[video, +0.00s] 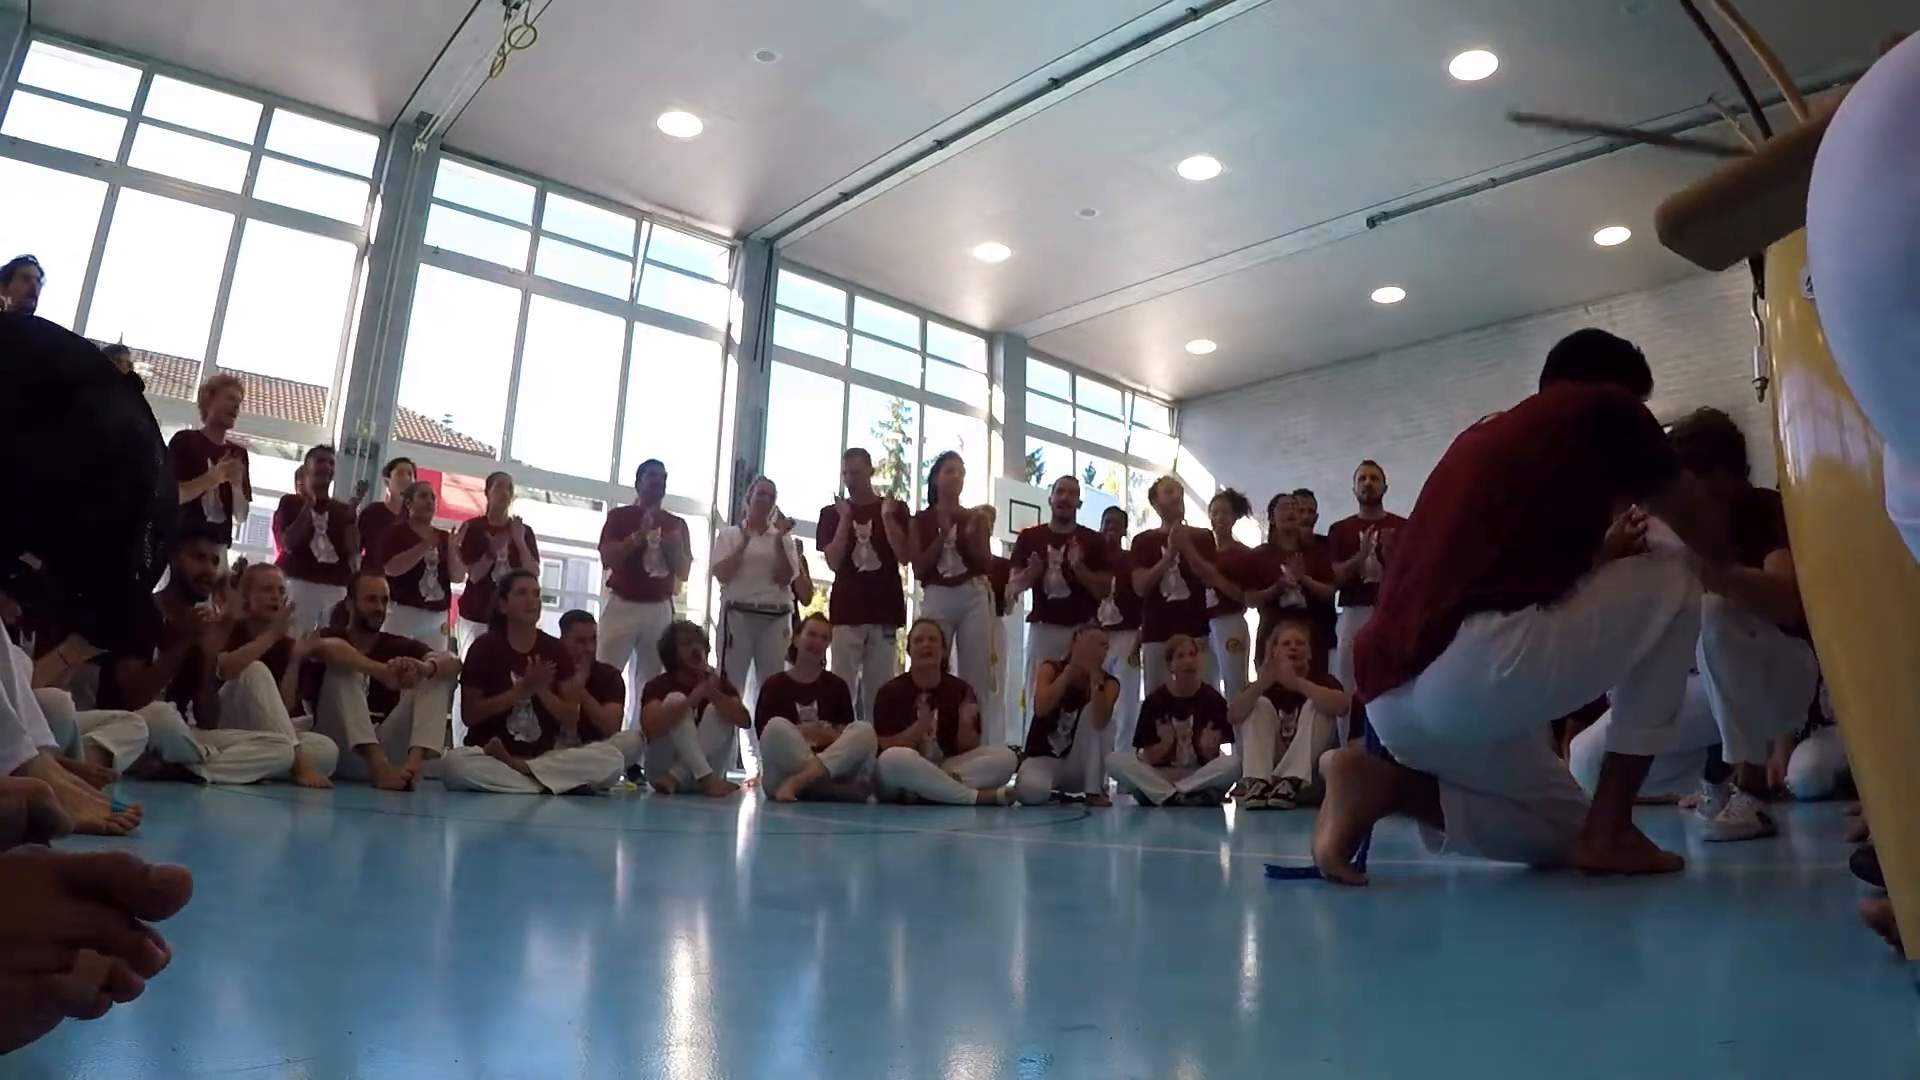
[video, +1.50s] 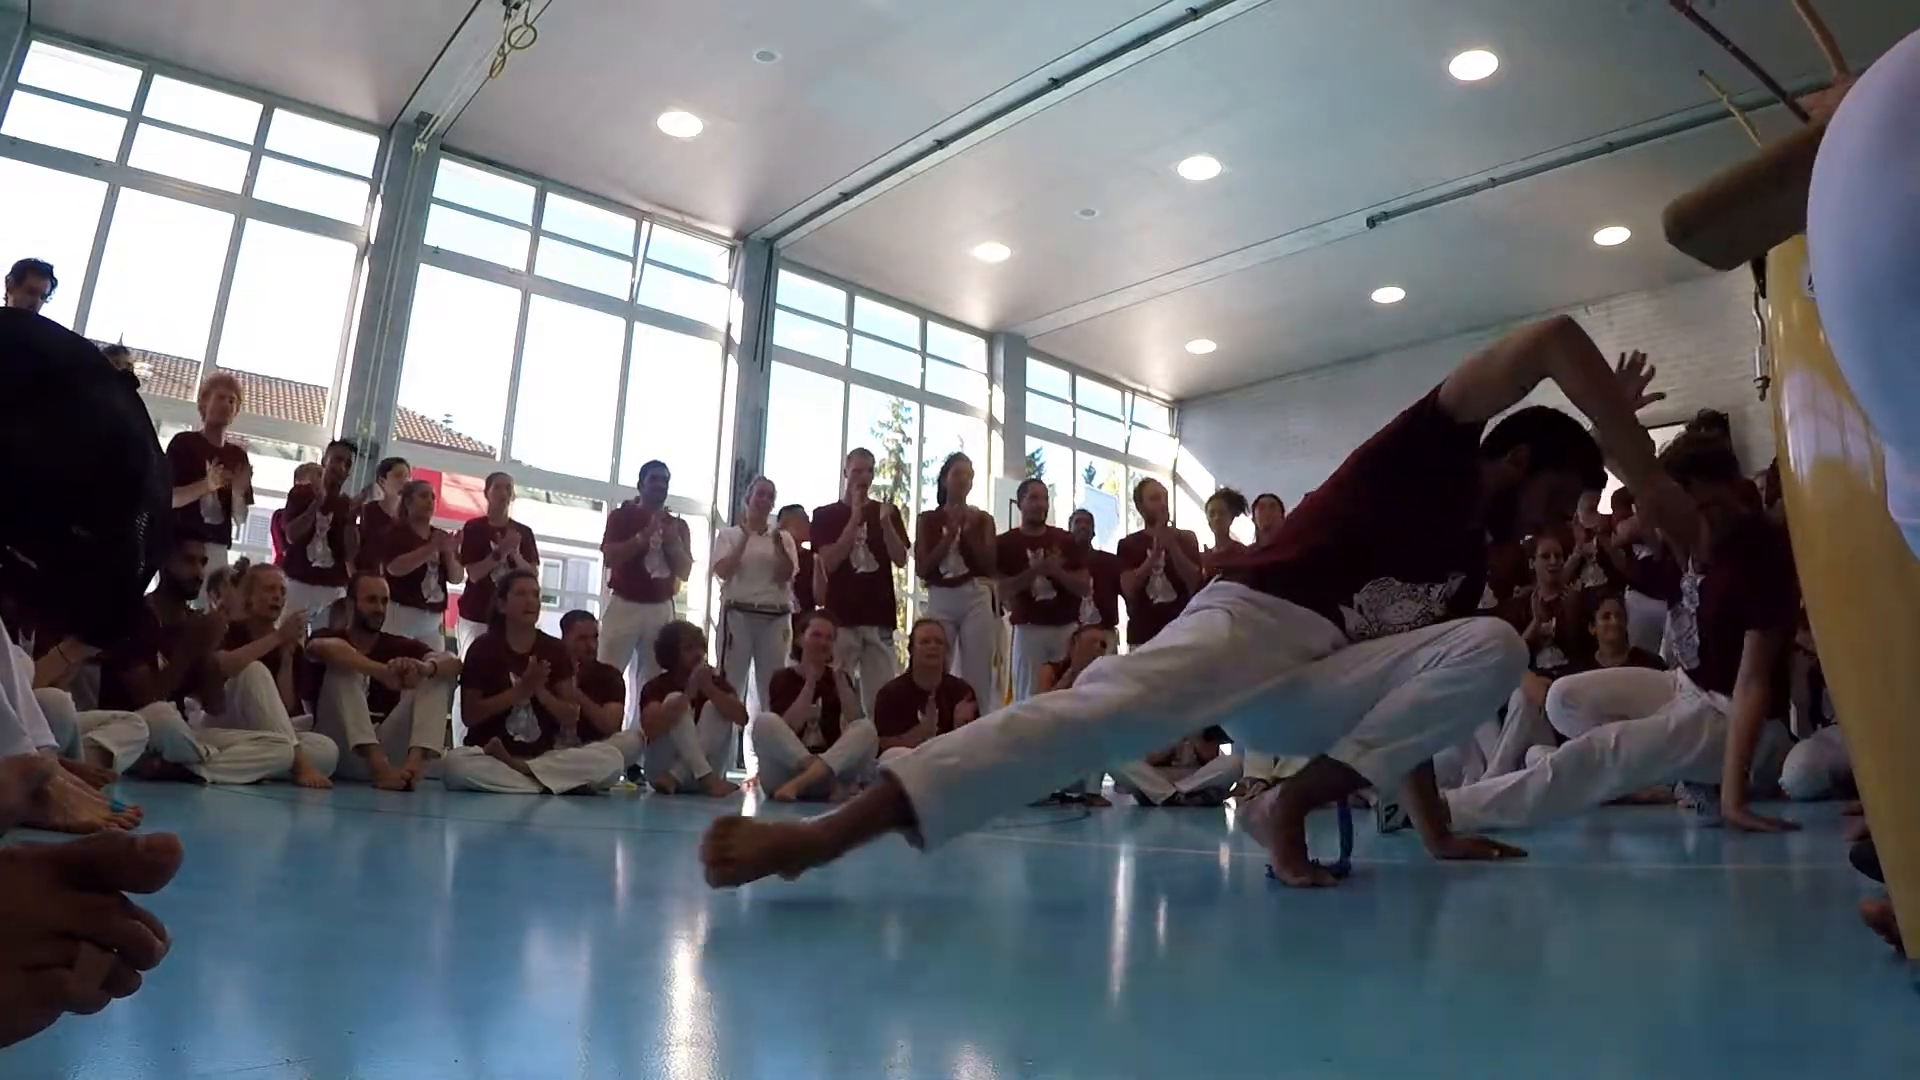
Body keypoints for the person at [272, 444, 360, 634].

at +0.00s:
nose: (326, 467)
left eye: (331, 463)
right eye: (321, 461)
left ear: (335, 471)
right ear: (306, 467)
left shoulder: (344, 510)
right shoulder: (290, 503)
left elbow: (353, 550)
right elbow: (289, 543)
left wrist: (352, 515)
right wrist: (308, 507)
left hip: (335, 587)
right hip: (299, 583)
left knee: (331, 651)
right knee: (293, 648)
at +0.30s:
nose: (333, 467)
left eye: (338, 464)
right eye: (328, 461)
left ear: (340, 472)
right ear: (313, 465)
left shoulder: (344, 508)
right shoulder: (291, 500)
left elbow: (350, 548)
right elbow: (284, 539)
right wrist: (304, 506)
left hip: (334, 586)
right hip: (298, 582)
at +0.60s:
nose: (345, 468)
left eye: (349, 465)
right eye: (340, 461)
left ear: (350, 472)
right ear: (323, 463)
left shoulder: (350, 512)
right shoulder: (294, 497)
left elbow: (353, 560)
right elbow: (268, 540)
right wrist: (304, 545)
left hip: (334, 589)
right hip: (296, 584)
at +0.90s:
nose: (342, 466)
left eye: (347, 463)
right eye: (337, 458)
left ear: (348, 470)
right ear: (321, 460)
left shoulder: (348, 507)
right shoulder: (297, 495)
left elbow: (351, 558)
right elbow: (288, 540)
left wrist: (348, 528)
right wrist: (318, 525)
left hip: (334, 585)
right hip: (298, 581)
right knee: (289, 645)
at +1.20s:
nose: (344, 467)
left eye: (348, 463)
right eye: (339, 458)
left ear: (351, 469)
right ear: (323, 460)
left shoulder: (351, 508)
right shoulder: (299, 495)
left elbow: (349, 554)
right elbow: (289, 541)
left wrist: (342, 523)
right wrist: (313, 525)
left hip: (334, 587)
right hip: (298, 582)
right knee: (287, 649)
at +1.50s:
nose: (341, 468)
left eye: (347, 464)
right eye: (337, 460)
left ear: (351, 471)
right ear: (324, 461)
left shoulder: (346, 504)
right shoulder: (300, 494)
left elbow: (351, 552)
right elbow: (292, 535)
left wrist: (352, 518)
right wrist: (317, 503)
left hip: (333, 586)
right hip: (299, 582)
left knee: (327, 654)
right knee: (288, 646)